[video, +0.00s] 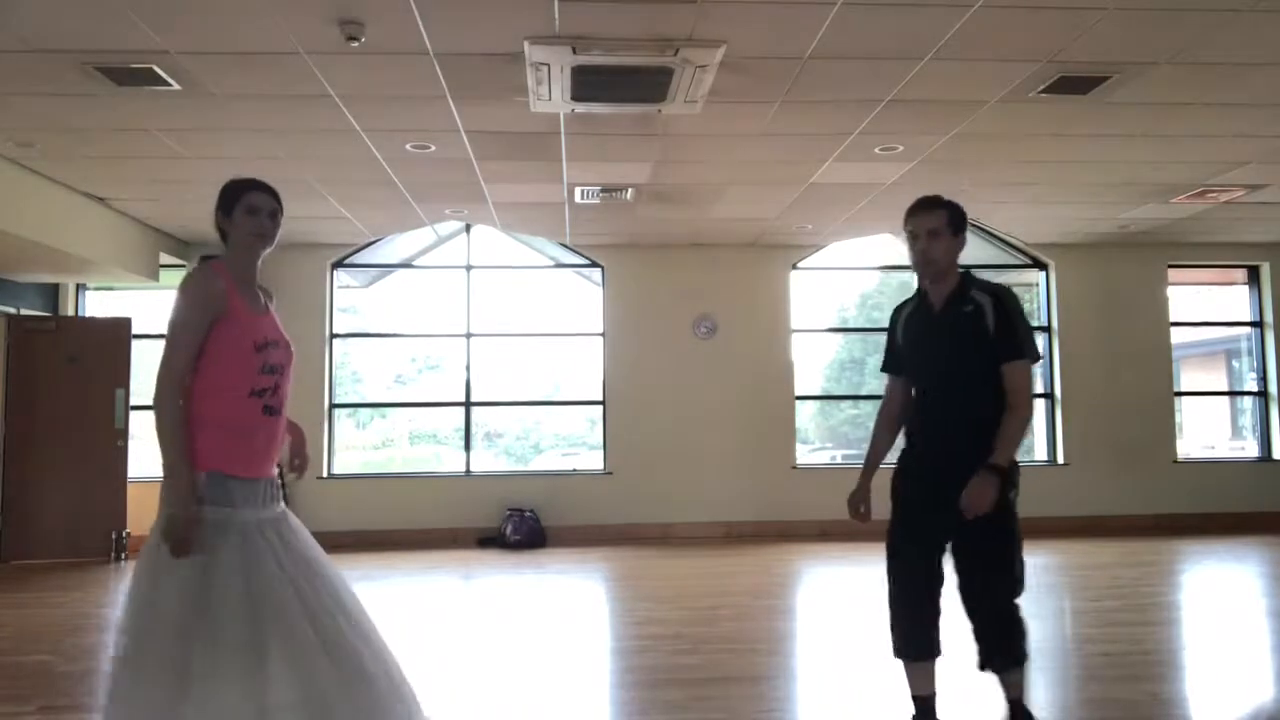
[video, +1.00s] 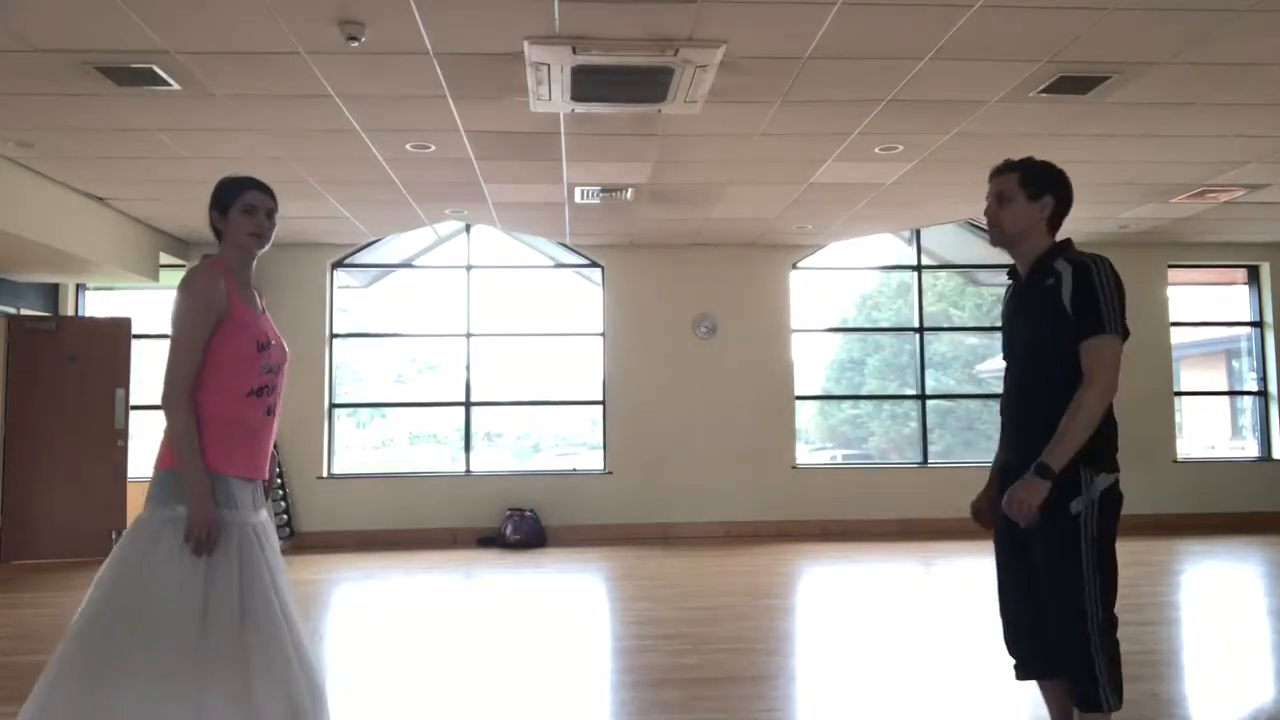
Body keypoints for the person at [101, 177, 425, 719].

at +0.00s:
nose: (265, 223)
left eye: (273, 216)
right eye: (252, 212)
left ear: (279, 229)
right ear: (224, 220)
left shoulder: (262, 297)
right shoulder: (207, 284)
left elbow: (240, 390)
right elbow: (169, 387)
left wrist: (288, 427)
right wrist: (178, 489)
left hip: (261, 498)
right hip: (213, 498)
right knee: (213, 655)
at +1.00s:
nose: (264, 224)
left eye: (270, 215)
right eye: (250, 212)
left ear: (274, 226)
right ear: (220, 219)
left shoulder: (248, 290)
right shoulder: (208, 281)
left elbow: (240, 392)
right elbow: (175, 395)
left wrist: (259, 479)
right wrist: (199, 496)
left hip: (241, 489)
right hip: (205, 489)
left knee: (237, 643)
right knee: (201, 643)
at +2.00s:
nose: (263, 225)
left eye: (261, 215)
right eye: (253, 215)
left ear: (224, 220)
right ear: (218, 218)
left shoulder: (235, 295)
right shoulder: (196, 286)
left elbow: (245, 401)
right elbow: (187, 402)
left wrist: (280, 483)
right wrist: (216, 505)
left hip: (256, 492)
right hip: (221, 493)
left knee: (263, 647)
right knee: (224, 649)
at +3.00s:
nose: (263, 230)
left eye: (263, 220)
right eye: (253, 218)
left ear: (225, 224)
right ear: (215, 220)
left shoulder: (234, 297)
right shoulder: (192, 288)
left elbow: (239, 399)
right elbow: (181, 401)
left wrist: (269, 484)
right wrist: (206, 505)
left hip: (253, 493)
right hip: (218, 494)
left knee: (257, 651)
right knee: (215, 652)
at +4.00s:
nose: (255, 235)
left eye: (256, 226)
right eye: (246, 223)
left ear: (219, 228)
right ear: (208, 223)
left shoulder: (229, 298)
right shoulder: (186, 291)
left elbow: (244, 405)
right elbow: (184, 407)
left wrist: (271, 497)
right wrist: (212, 507)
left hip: (253, 497)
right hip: (216, 498)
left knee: (257, 653)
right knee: (218, 655)